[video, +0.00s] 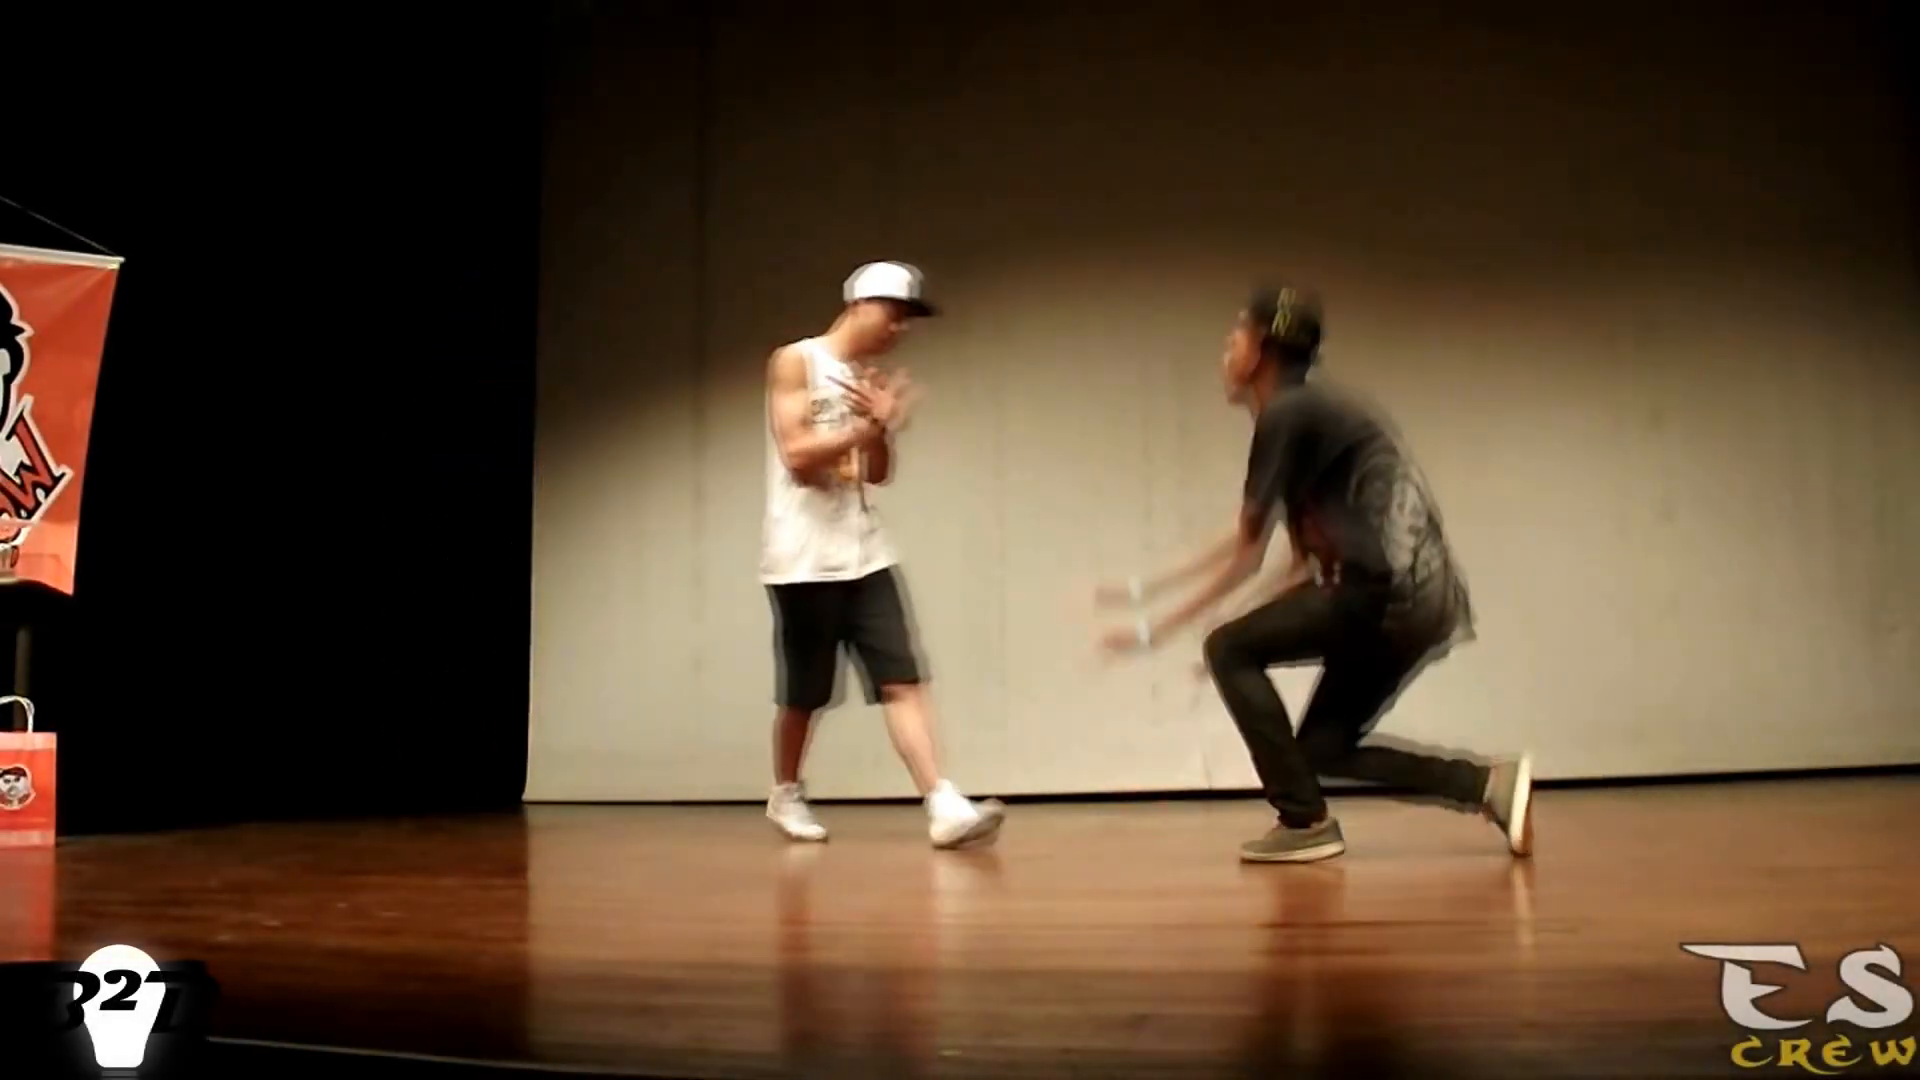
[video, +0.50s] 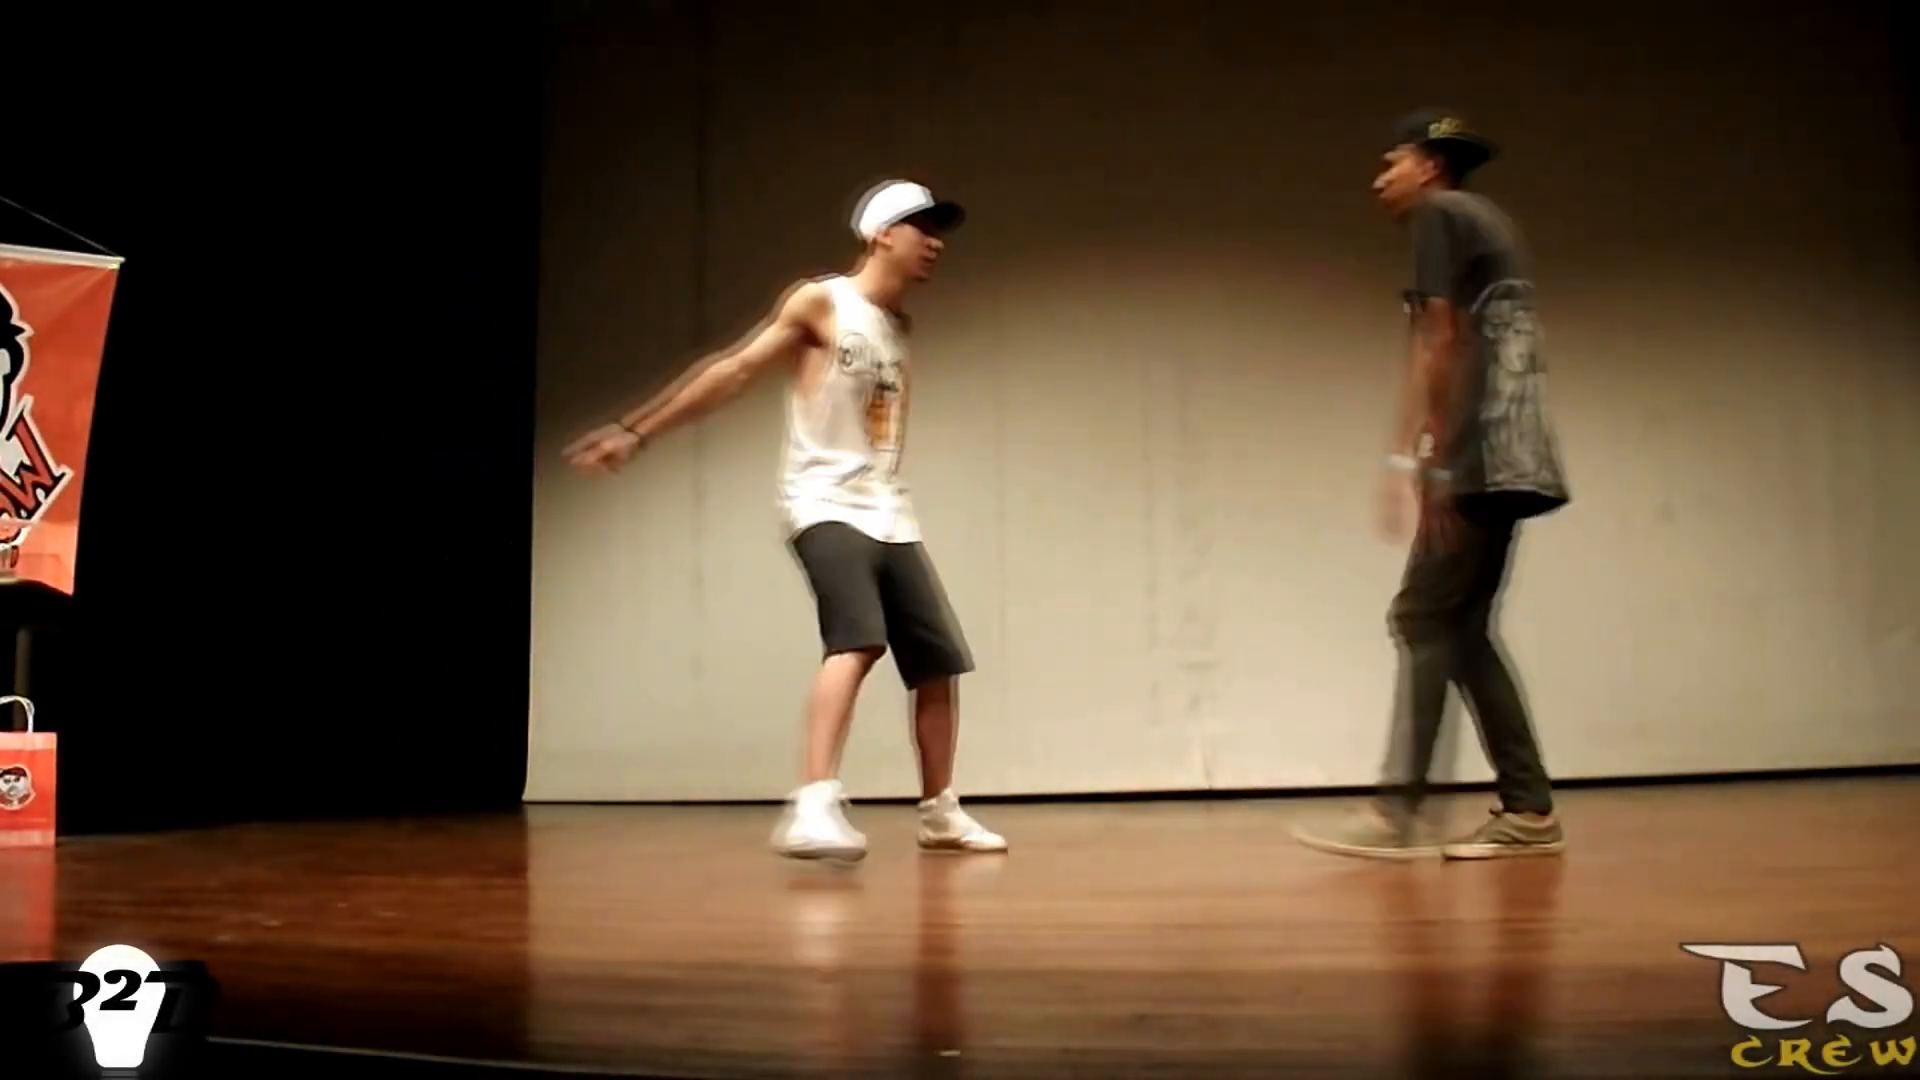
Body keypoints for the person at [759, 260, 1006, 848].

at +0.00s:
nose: (900, 330)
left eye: (906, 320)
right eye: (894, 315)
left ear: (897, 321)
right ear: (862, 305)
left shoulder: (876, 379)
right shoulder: (795, 362)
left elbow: (877, 474)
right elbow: (797, 454)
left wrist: (881, 424)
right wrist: (865, 428)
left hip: (863, 552)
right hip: (802, 556)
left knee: (900, 676)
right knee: (805, 689)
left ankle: (944, 805)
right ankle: (785, 796)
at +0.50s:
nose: (935, 247)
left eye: (937, 235)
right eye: (923, 230)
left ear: (906, 244)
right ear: (881, 234)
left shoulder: (897, 328)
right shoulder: (818, 301)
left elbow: (877, 418)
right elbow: (732, 370)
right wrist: (635, 432)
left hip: (888, 510)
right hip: (825, 504)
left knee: (939, 661)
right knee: (858, 638)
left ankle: (940, 811)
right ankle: (813, 807)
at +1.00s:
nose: (710, 168)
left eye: (710, 158)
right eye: (692, 156)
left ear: (699, 179)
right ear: (649, 170)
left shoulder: (688, 273)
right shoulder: (614, 243)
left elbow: (686, 395)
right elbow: (543, 306)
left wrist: (765, 439)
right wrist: (484, 371)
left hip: (663, 477)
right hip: (603, 470)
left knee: (658, 662)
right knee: (606, 651)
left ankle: (581, 814)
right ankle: (524, 819)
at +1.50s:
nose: (527, 243)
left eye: (531, 232)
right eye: (519, 226)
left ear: (510, 240)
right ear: (479, 225)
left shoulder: (489, 331)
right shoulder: (416, 282)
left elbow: (490, 432)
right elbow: (355, 358)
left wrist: (558, 417)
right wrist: (363, 404)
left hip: (452, 530)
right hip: (386, 514)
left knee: (474, 689)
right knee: (372, 668)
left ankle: (380, 794)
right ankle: (291, 826)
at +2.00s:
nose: (539, 336)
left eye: (546, 326)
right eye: (538, 319)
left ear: (528, 316)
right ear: (511, 298)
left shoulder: (497, 372)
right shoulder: (432, 331)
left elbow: (481, 455)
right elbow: (363, 397)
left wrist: (538, 457)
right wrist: (356, 443)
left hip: (458, 554)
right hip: (394, 544)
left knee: (448, 681)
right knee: (353, 678)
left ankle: (420, 801)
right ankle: (292, 806)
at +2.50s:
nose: (677, 380)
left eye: (684, 373)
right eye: (680, 369)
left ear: (665, 356)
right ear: (658, 347)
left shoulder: (633, 395)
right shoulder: (582, 373)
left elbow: (639, 471)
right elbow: (523, 436)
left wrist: (699, 482)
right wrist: (479, 500)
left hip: (596, 555)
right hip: (566, 555)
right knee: (626, 678)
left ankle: (489, 772)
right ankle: (625, 807)